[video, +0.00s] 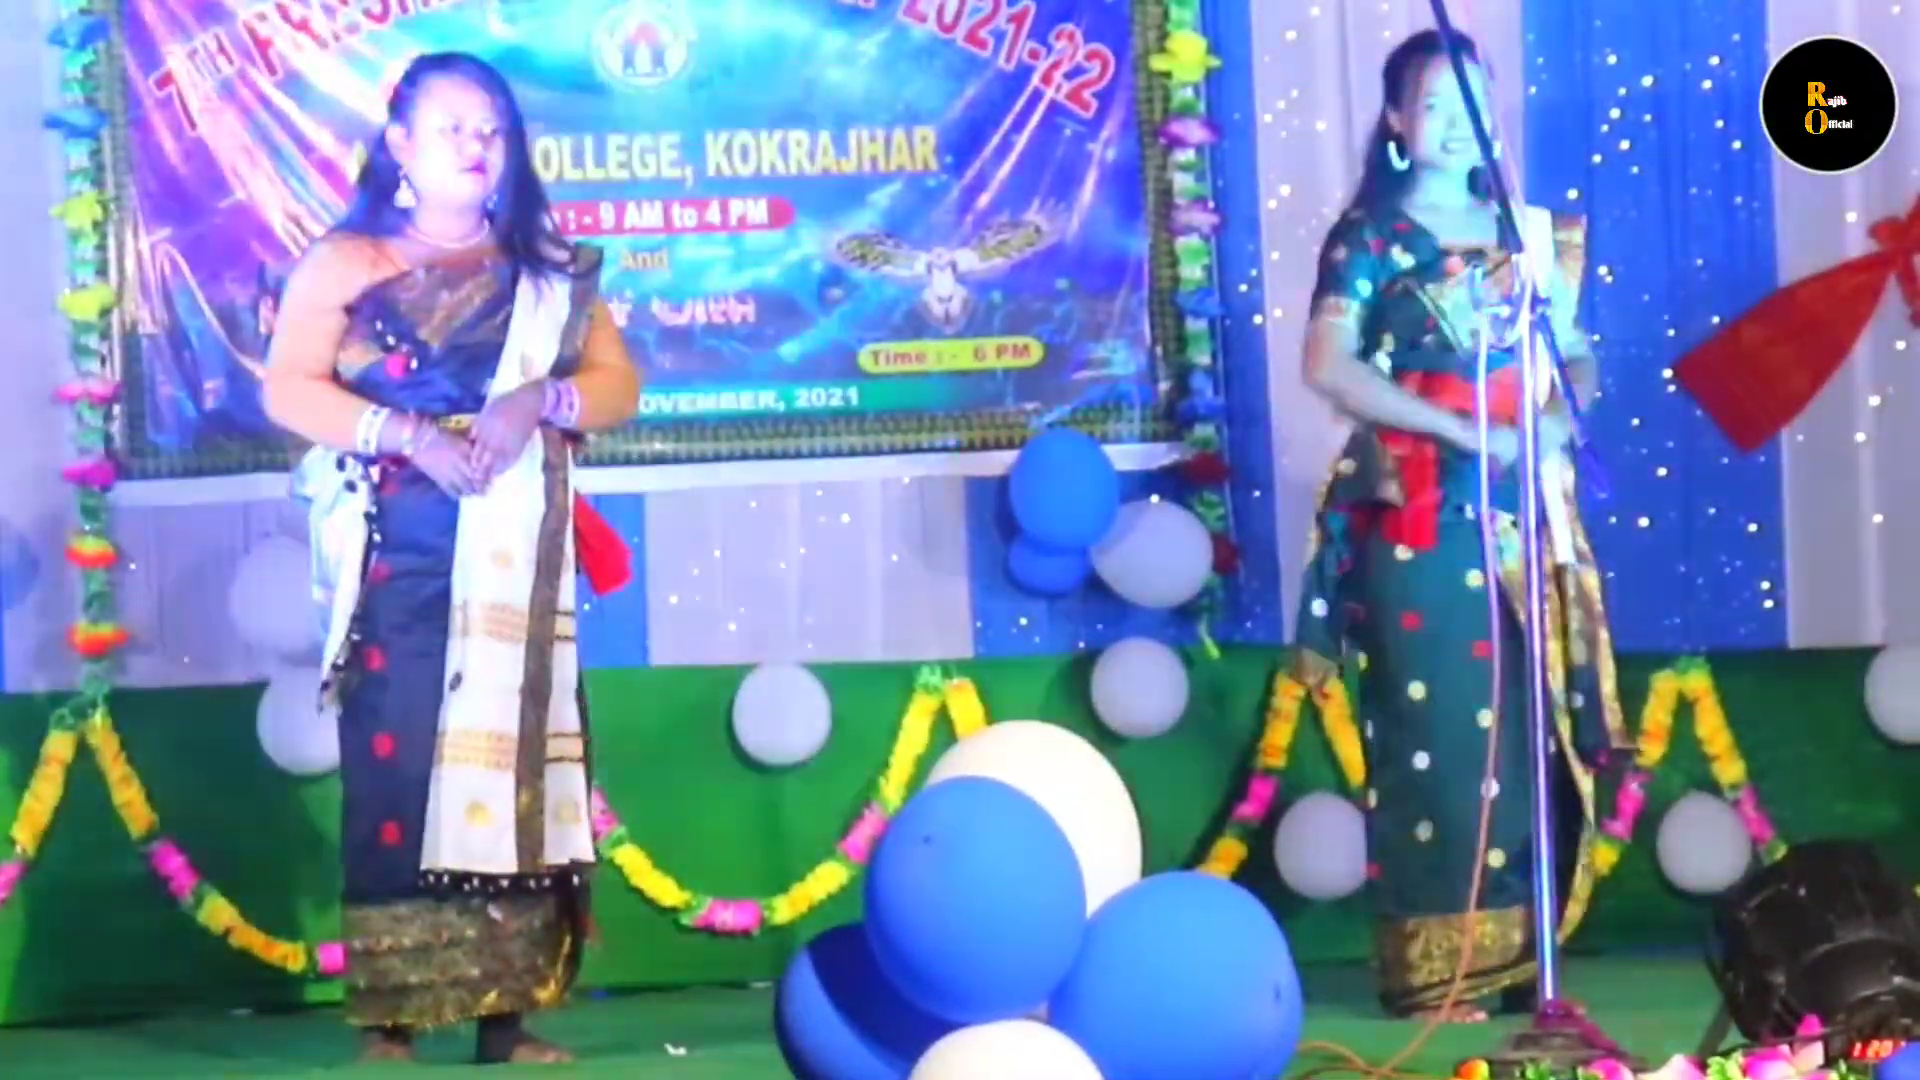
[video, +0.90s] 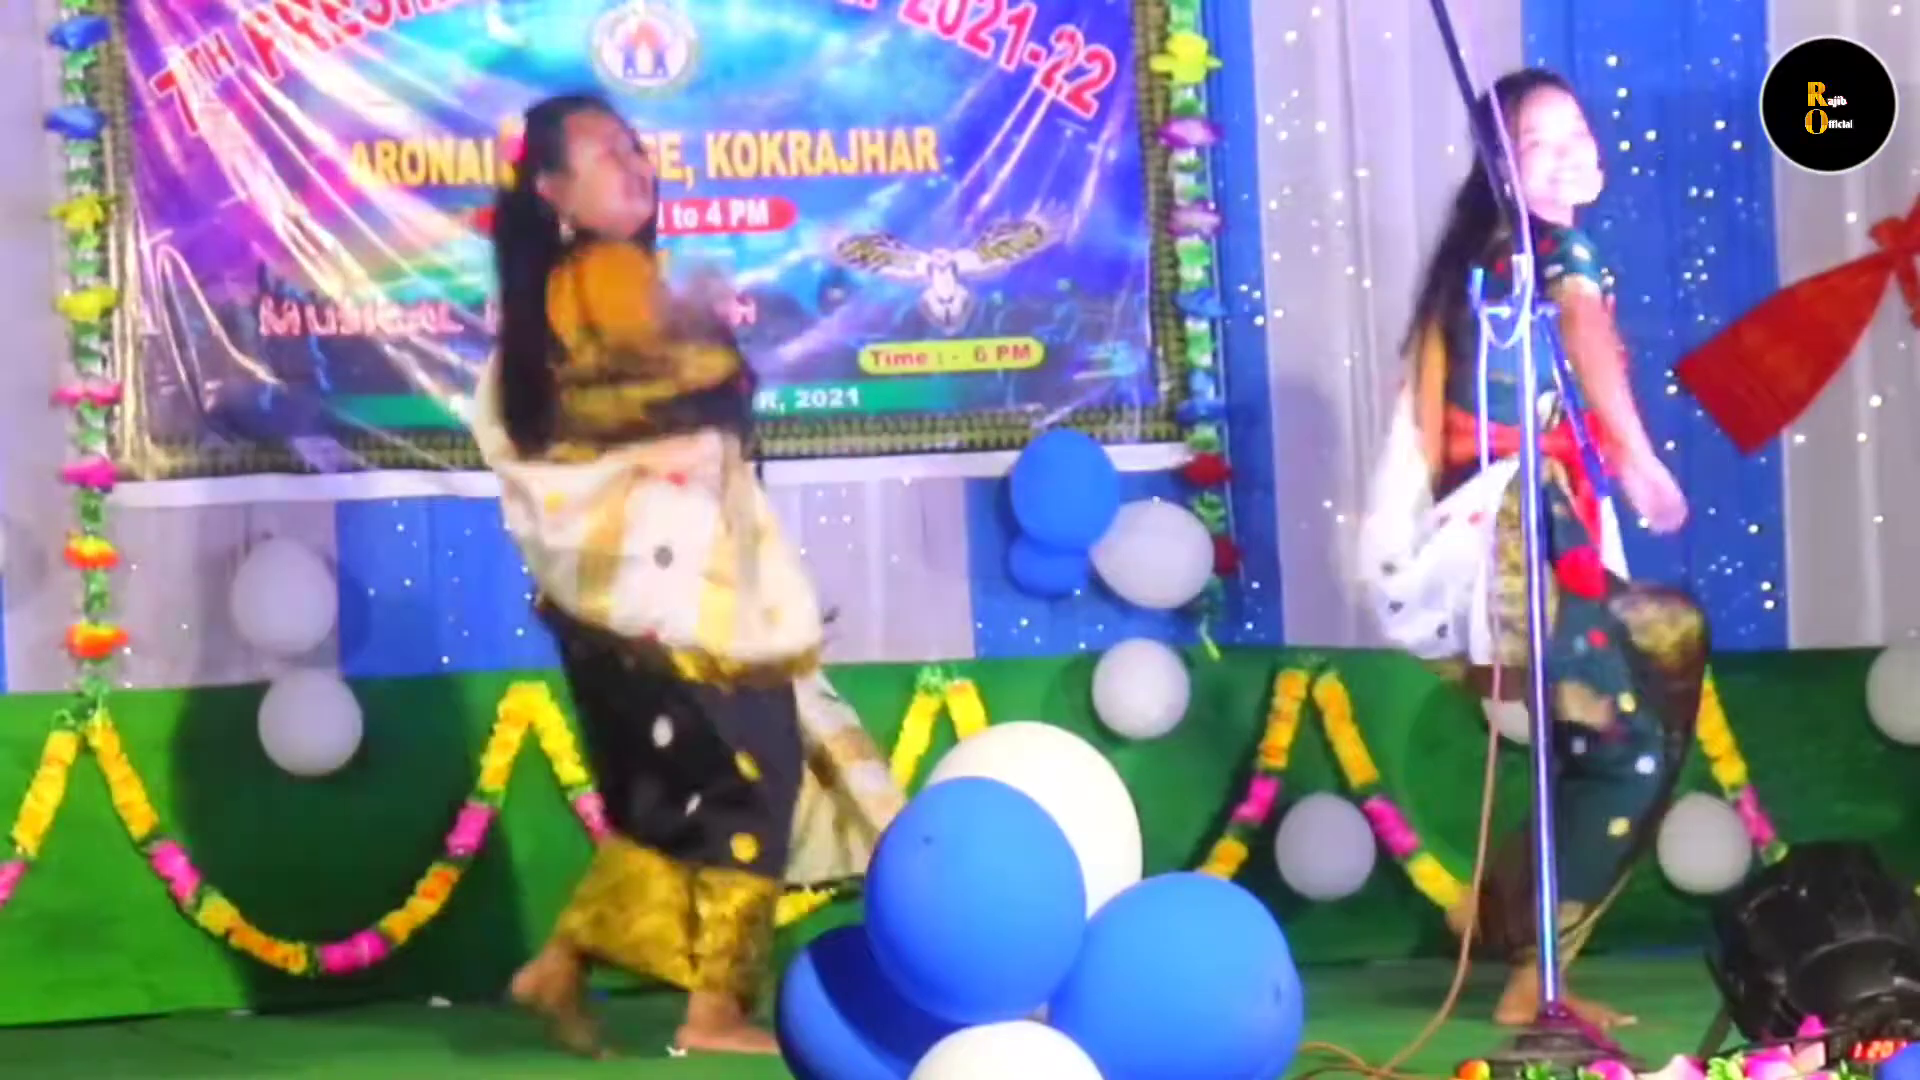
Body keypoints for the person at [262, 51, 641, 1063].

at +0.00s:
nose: (477, 152)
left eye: (492, 135)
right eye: (453, 133)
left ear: (511, 150)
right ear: (402, 147)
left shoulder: (549, 269)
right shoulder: (345, 264)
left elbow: (622, 386)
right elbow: (287, 389)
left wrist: (538, 399)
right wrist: (409, 433)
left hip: (520, 561)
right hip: (403, 559)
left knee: (518, 765)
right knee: (395, 771)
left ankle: (508, 1016)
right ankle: (386, 1017)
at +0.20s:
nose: (513, 141)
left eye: (519, 125)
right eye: (488, 126)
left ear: (529, 137)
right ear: (428, 141)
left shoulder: (556, 260)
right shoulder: (374, 251)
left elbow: (631, 380)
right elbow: (327, 374)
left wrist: (574, 406)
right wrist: (448, 397)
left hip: (536, 547)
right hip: (422, 544)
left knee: (530, 752)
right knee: (408, 760)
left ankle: (513, 1010)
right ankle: (390, 1012)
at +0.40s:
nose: (533, 146)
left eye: (534, 127)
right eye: (505, 134)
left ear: (546, 149)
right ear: (451, 166)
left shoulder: (549, 271)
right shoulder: (453, 266)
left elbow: (664, 360)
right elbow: (548, 340)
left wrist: (673, 275)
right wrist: (626, 276)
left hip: (577, 556)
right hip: (501, 558)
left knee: (579, 776)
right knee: (520, 773)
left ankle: (510, 1010)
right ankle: (421, 979)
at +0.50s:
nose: (550, 125)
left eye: (547, 108)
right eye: (523, 115)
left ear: (547, 132)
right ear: (469, 148)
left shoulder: (528, 237)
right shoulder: (493, 236)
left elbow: (678, 318)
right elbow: (632, 280)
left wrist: (639, 213)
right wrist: (637, 202)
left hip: (550, 546)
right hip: (529, 549)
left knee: (563, 765)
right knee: (566, 766)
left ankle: (511, 1007)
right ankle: (497, 1013)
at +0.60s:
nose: (580, 114)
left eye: (570, 98)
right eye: (555, 102)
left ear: (489, 138)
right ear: (498, 131)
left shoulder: (460, 245)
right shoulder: (561, 230)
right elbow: (677, 326)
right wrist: (714, 280)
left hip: (502, 560)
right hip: (595, 549)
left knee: (543, 764)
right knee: (690, 708)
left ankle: (511, 1003)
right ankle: (635, 953)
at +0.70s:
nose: (596, 145)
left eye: (586, 127)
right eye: (569, 133)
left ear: (504, 169)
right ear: (515, 162)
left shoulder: (469, 282)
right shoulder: (589, 268)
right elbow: (687, 371)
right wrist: (783, 400)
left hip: (527, 588)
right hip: (634, 576)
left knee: (575, 792)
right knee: (723, 746)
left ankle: (524, 1018)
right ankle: (715, 986)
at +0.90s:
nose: (644, 165)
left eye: (637, 148)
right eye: (616, 155)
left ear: (570, 199)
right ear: (558, 193)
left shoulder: (555, 283)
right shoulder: (612, 274)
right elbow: (682, 379)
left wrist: (700, 333)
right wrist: (727, 351)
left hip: (606, 594)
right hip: (681, 588)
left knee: (661, 800)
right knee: (759, 779)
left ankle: (559, 968)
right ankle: (716, 1012)